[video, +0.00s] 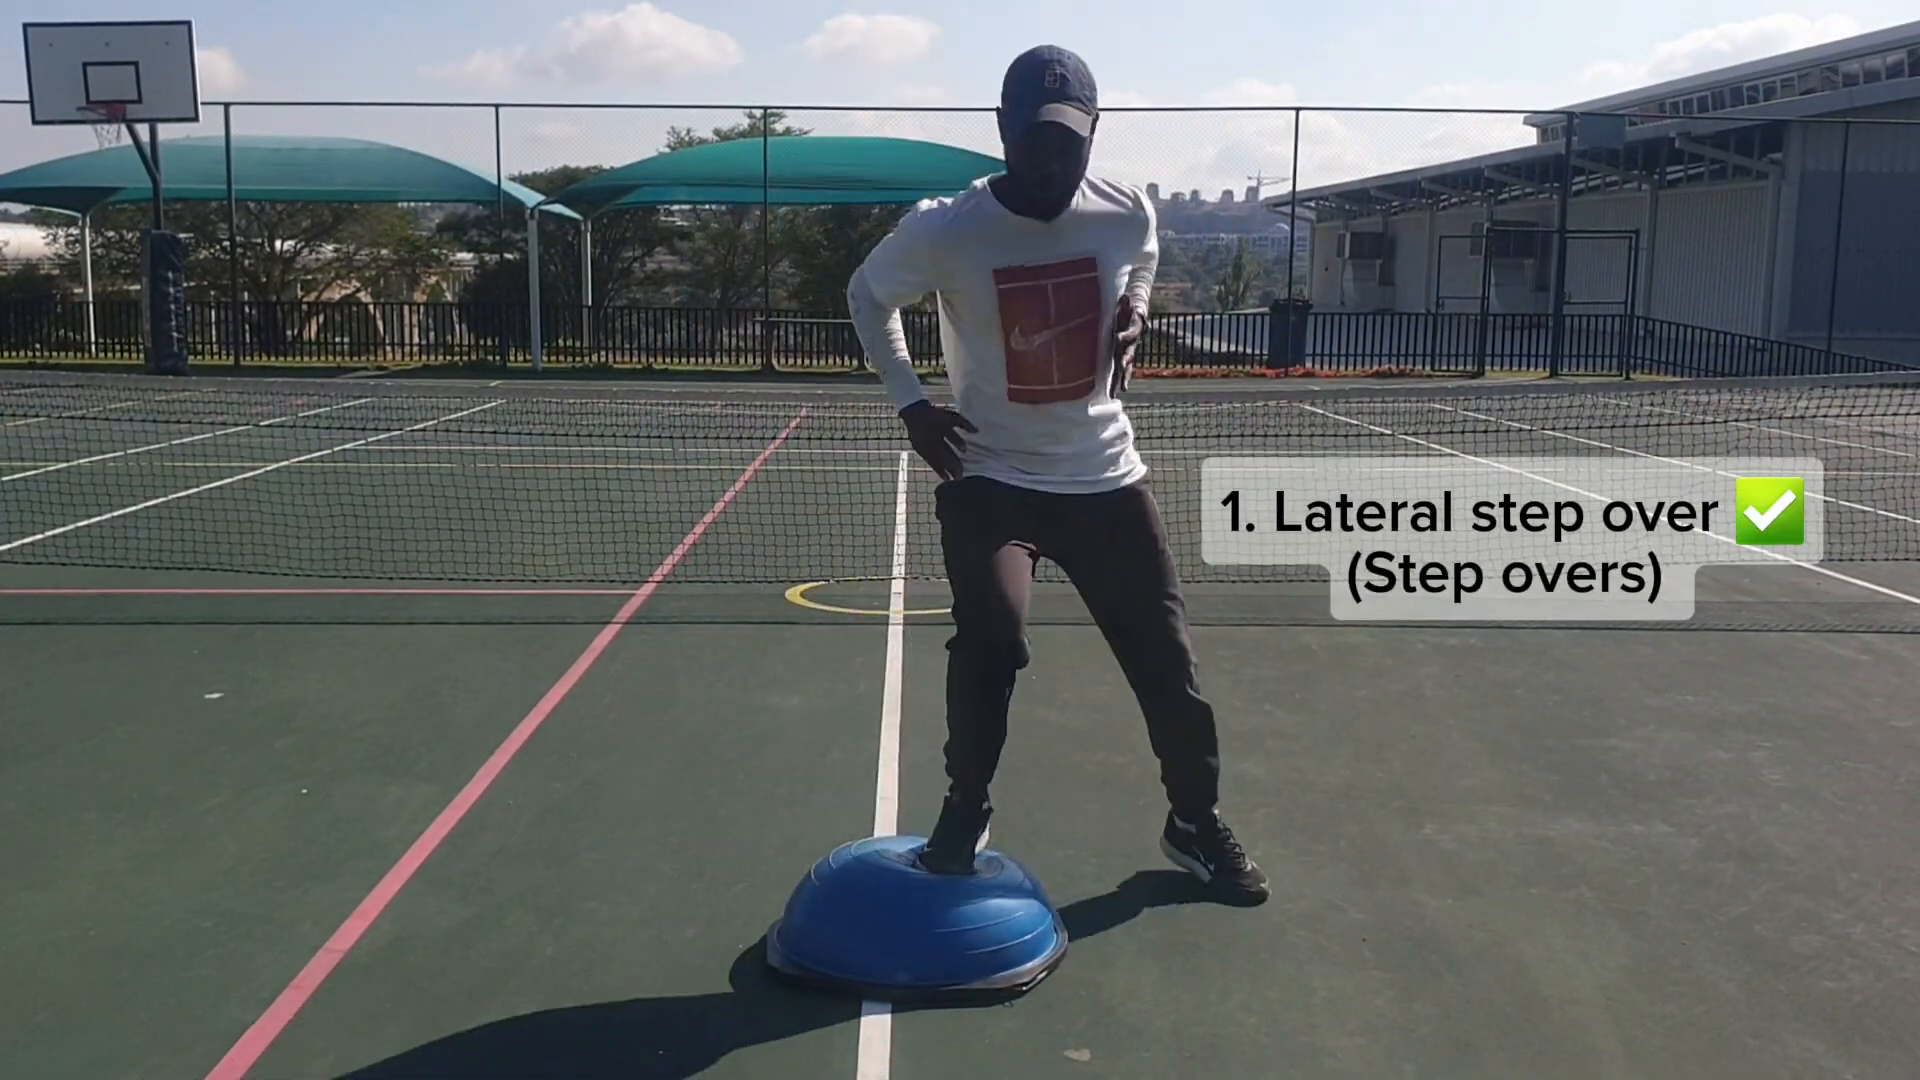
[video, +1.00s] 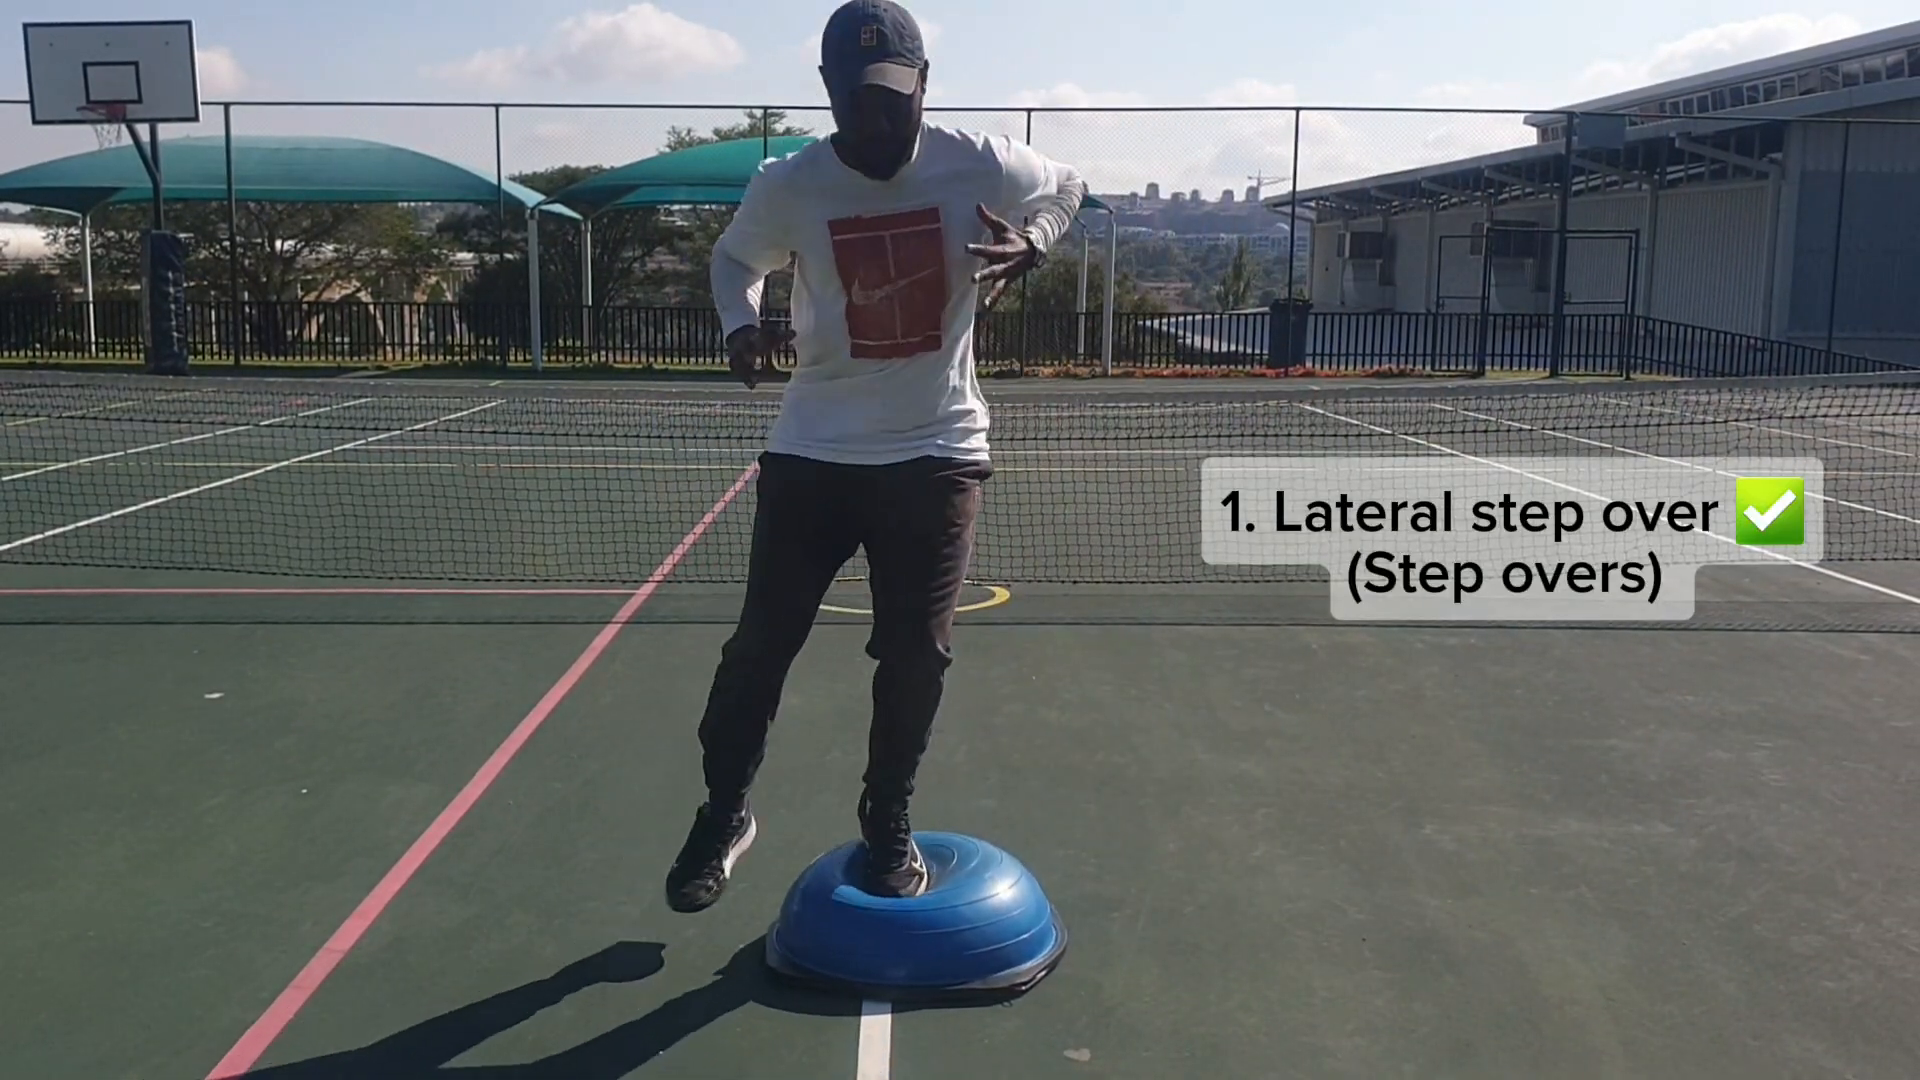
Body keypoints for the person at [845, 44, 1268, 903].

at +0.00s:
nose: (1055, 157)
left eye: (1071, 138)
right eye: (1037, 137)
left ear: (1094, 139)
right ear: (1004, 135)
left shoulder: (1127, 220)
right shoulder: (941, 231)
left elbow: (1142, 263)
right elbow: (868, 296)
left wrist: (1130, 315)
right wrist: (910, 400)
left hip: (1102, 475)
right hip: (988, 476)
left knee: (1169, 665)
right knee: (992, 641)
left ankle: (1195, 821)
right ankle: (966, 808)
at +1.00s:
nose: (891, 119)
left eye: (904, 98)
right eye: (869, 100)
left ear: (927, 86)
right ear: (832, 94)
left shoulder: (975, 165)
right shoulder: (787, 186)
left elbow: (1065, 190)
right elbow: (735, 261)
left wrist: (1034, 238)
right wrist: (743, 320)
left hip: (936, 447)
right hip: (813, 448)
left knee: (916, 654)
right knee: (763, 640)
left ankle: (888, 827)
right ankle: (723, 815)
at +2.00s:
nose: (826, 176)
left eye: (842, 157)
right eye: (806, 158)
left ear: (867, 146)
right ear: (771, 149)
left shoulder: (915, 232)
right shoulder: (718, 233)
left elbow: (969, 275)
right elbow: (700, 285)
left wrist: (936, 348)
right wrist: (710, 376)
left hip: (864, 495)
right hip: (738, 502)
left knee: (911, 671)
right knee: (664, 699)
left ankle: (862, 809)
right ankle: (601, 878)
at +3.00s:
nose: (944, 96)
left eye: (961, 80)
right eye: (928, 76)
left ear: (987, 69)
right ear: (897, 59)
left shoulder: (1030, 150)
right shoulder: (842, 143)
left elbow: (1106, 208)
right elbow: (803, 180)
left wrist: (1063, 262)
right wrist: (804, 281)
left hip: (995, 399)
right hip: (874, 408)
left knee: (1053, 591)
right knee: (870, 615)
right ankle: (911, 769)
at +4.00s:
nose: (974, 243)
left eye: (991, 223)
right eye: (957, 224)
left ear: (1017, 209)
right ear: (927, 214)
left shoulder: (1076, 294)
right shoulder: (883, 302)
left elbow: (1145, 384)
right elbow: (862, 374)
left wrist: (1109, 435)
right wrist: (892, 433)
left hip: (1070, 531)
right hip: (947, 526)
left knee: (1141, 713)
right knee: (898, 681)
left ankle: (1187, 868)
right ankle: (936, 807)